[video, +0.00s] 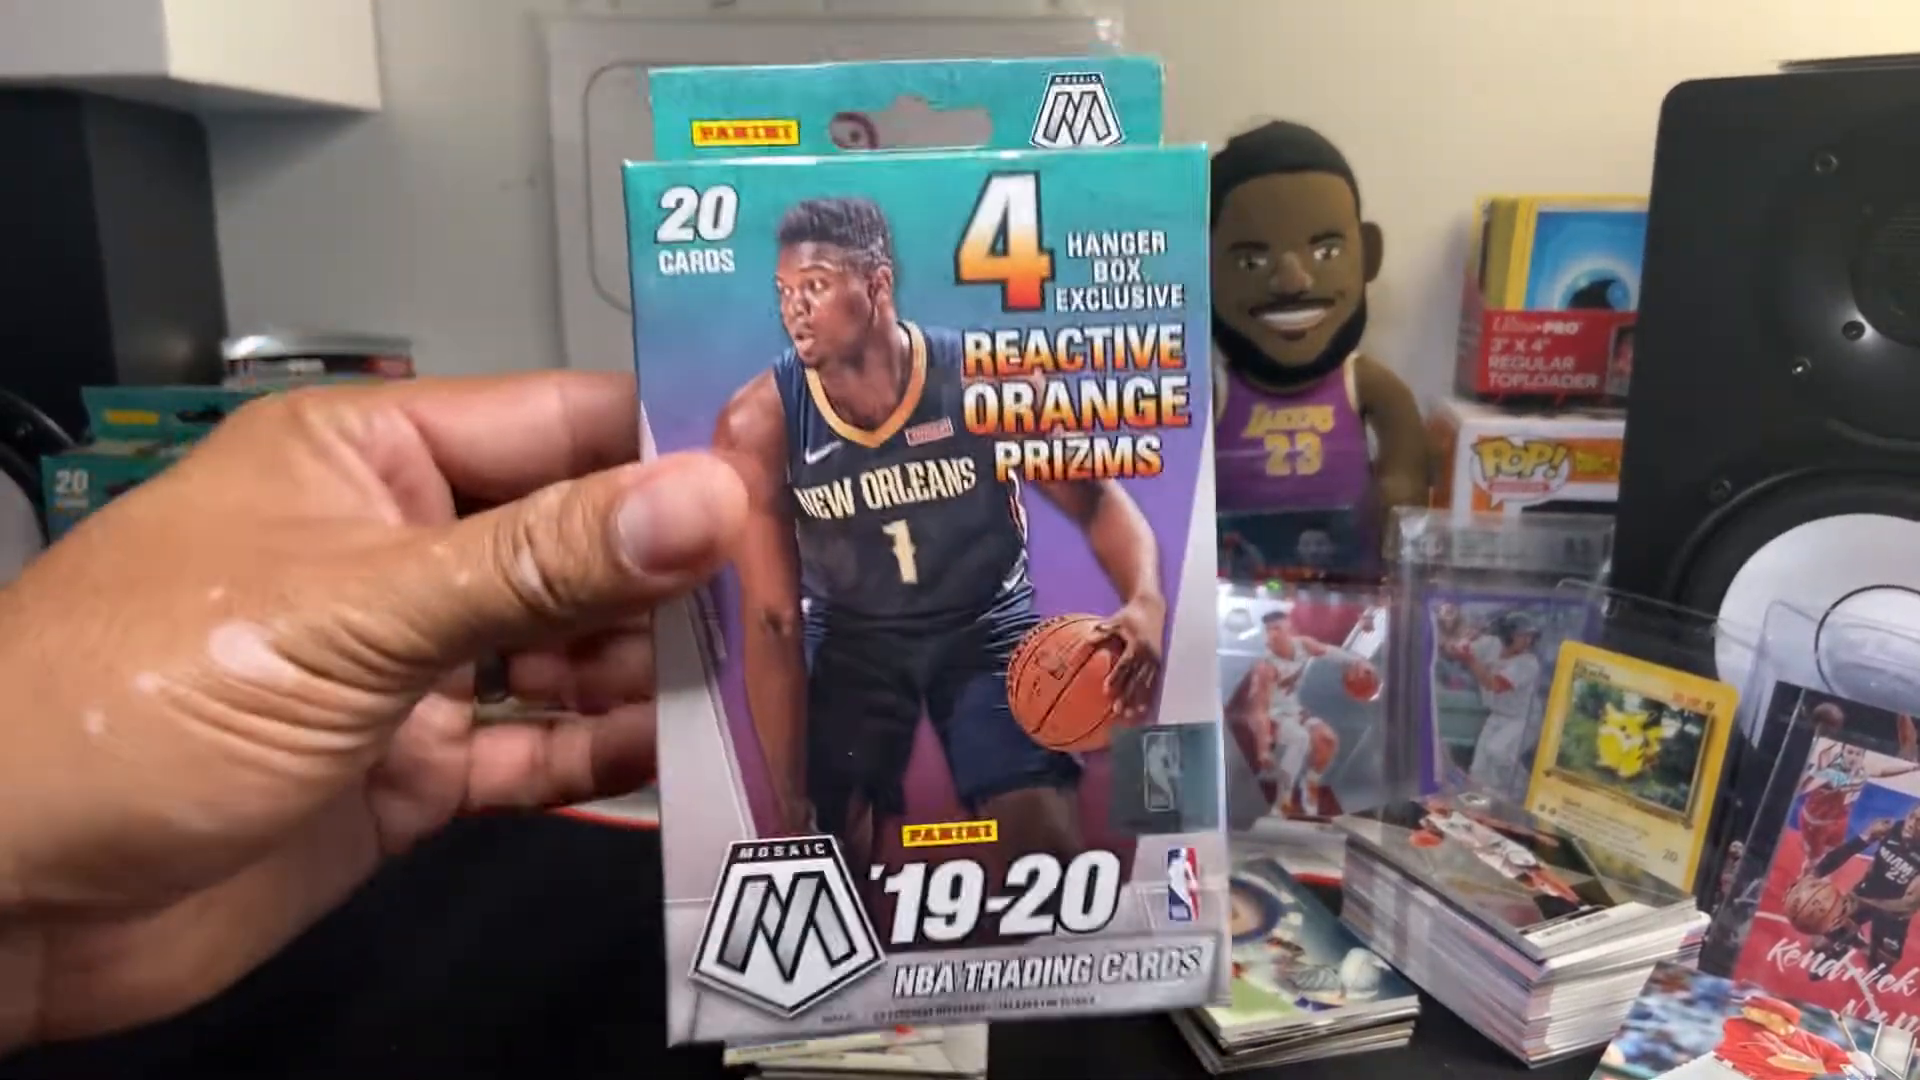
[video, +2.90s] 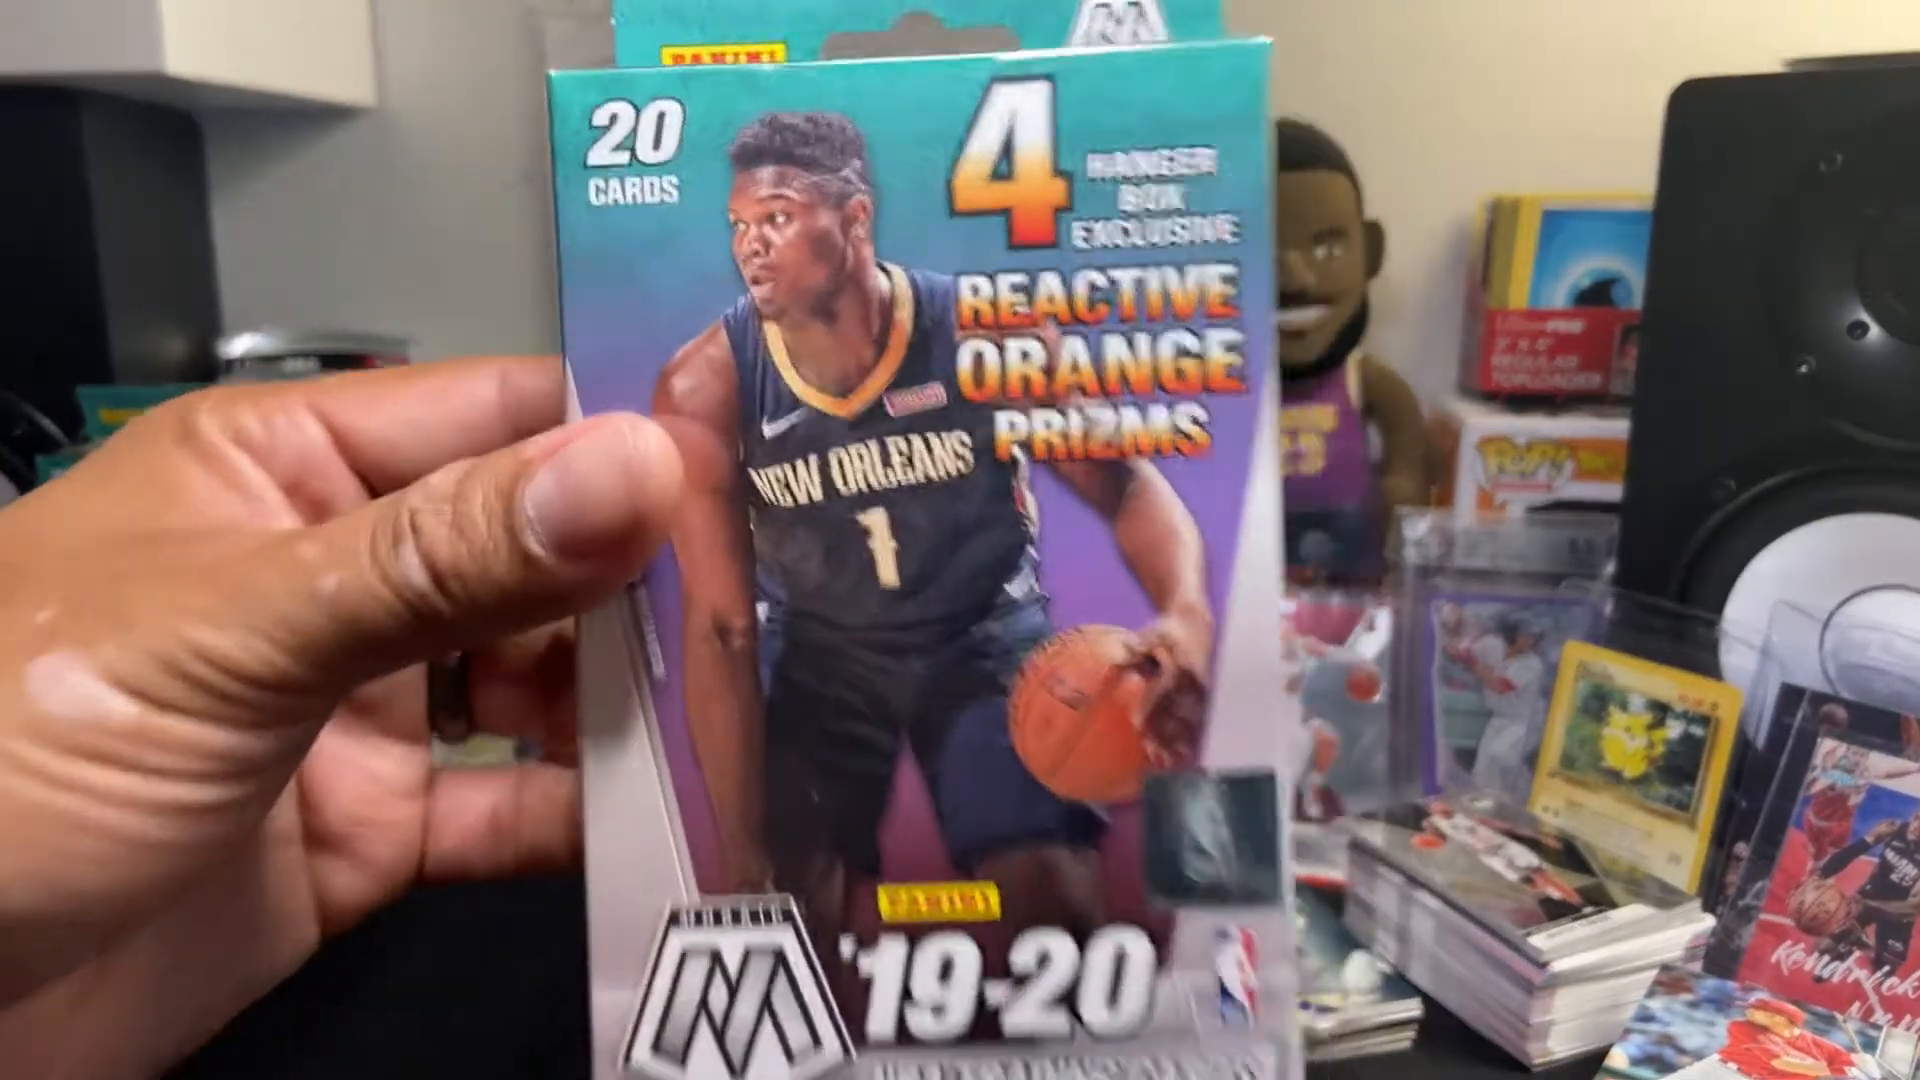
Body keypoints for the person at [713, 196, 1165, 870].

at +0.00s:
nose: (794, 309)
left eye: (815, 286)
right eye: (785, 291)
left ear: (879, 286)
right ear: (777, 299)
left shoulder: (982, 379)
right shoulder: (759, 423)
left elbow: (1093, 499)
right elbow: (771, 621)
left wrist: (1147, 600)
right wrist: (788, 798)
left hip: (989, 629)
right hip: (856, 643)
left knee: (1040, 840)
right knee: (829, 859)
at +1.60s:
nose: (720, 282)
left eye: (742, 260)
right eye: (715, 263)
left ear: (803, 263)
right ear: (708, 272)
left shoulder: (893, 358)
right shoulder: (686, 385)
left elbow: (1002, 473)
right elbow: (686, 580)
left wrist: (1042, 577)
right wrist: (690, 761)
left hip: (886, 600)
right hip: (768, 607)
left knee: (926, 769)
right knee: (757, 787)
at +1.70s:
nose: (666, 296)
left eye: (684, 277)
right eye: (660, 281)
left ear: (738, 280)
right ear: (653, 288)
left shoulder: (819, 360)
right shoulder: (637, 386)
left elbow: (912, 461)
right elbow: (640, 553)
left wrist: (948, 544)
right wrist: (653, 702)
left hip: (819, 564)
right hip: (714, 572)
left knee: (859, 717)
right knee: (704, 733)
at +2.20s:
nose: (729, 306)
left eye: (752, 284)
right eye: (723, 289)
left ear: (814, 285)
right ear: (714, 299)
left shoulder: (905, 381)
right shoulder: (693, 412)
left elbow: (1011, 494)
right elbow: (697, 605)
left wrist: (1056, 598)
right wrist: (706, 783)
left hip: (905, 623)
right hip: (780, 632)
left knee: (943, 795)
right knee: (764, 811)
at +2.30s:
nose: (785, 279)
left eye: (809, 255)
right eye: (777, 259)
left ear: (883, 254)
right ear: (767, 268)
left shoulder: (990, 364)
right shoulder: (744, 401)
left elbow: (1119, 501)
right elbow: (746, 627)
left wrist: (1174, 620)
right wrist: (757, 839)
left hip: (989, 649)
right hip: (840, 659)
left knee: (1033, 865)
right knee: (820, 883)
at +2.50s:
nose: (817, 267)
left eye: (845, 238)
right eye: (807, 244)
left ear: (929, 238)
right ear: (797, 254)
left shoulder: (1058, 360)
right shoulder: (772, 411)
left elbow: (1205, 520)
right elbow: (780, 668)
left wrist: (1273, 653)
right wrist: (799, 906)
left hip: (1063, 679)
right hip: (886, 690)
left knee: (1125, 954)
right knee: (845, 957)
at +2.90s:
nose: (749, 248)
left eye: (776, 221)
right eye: (739, 227)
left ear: (856, 219)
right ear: (730, 237)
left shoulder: (979, 334)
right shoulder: (708, 385)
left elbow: (1122, 485)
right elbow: (720, 630)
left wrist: (1187, 611)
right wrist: (740, 853)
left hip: (986, 647)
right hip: (825, 660)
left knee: (1044, 891)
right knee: (795, 905)